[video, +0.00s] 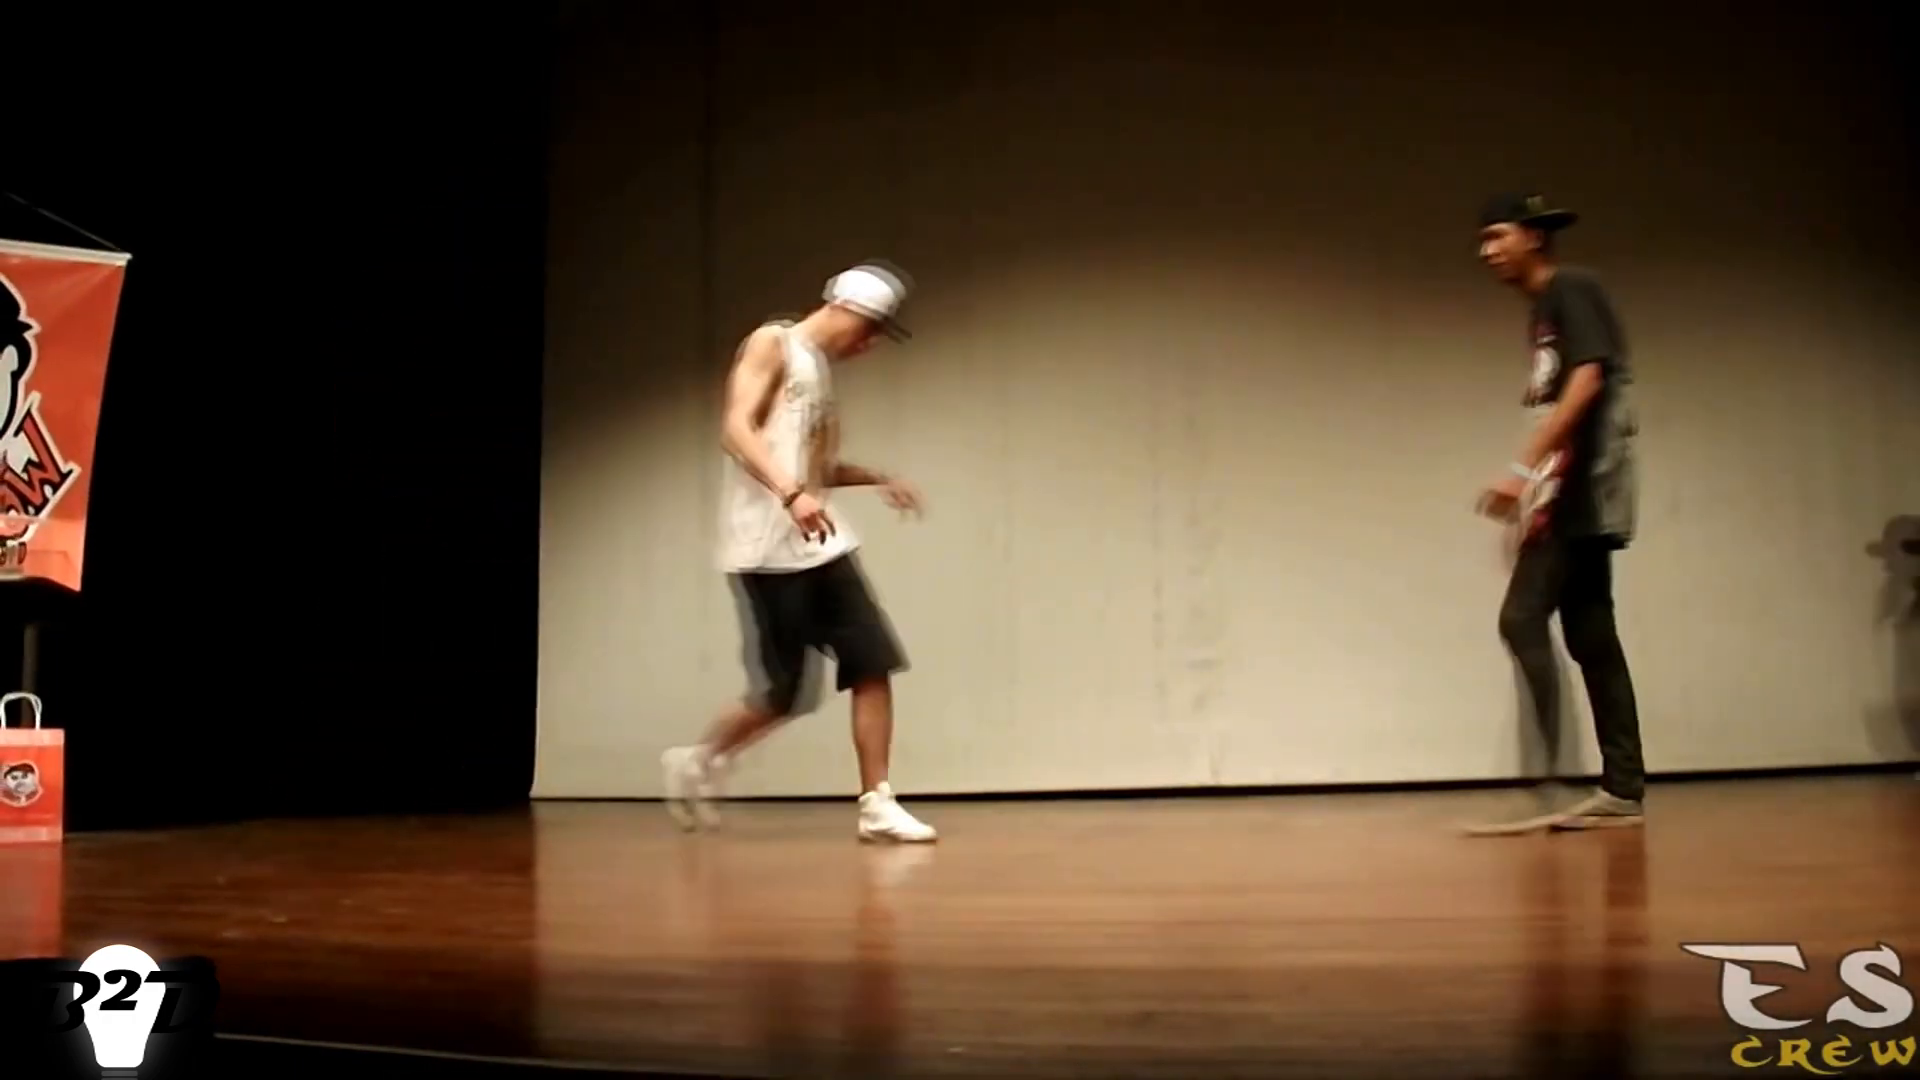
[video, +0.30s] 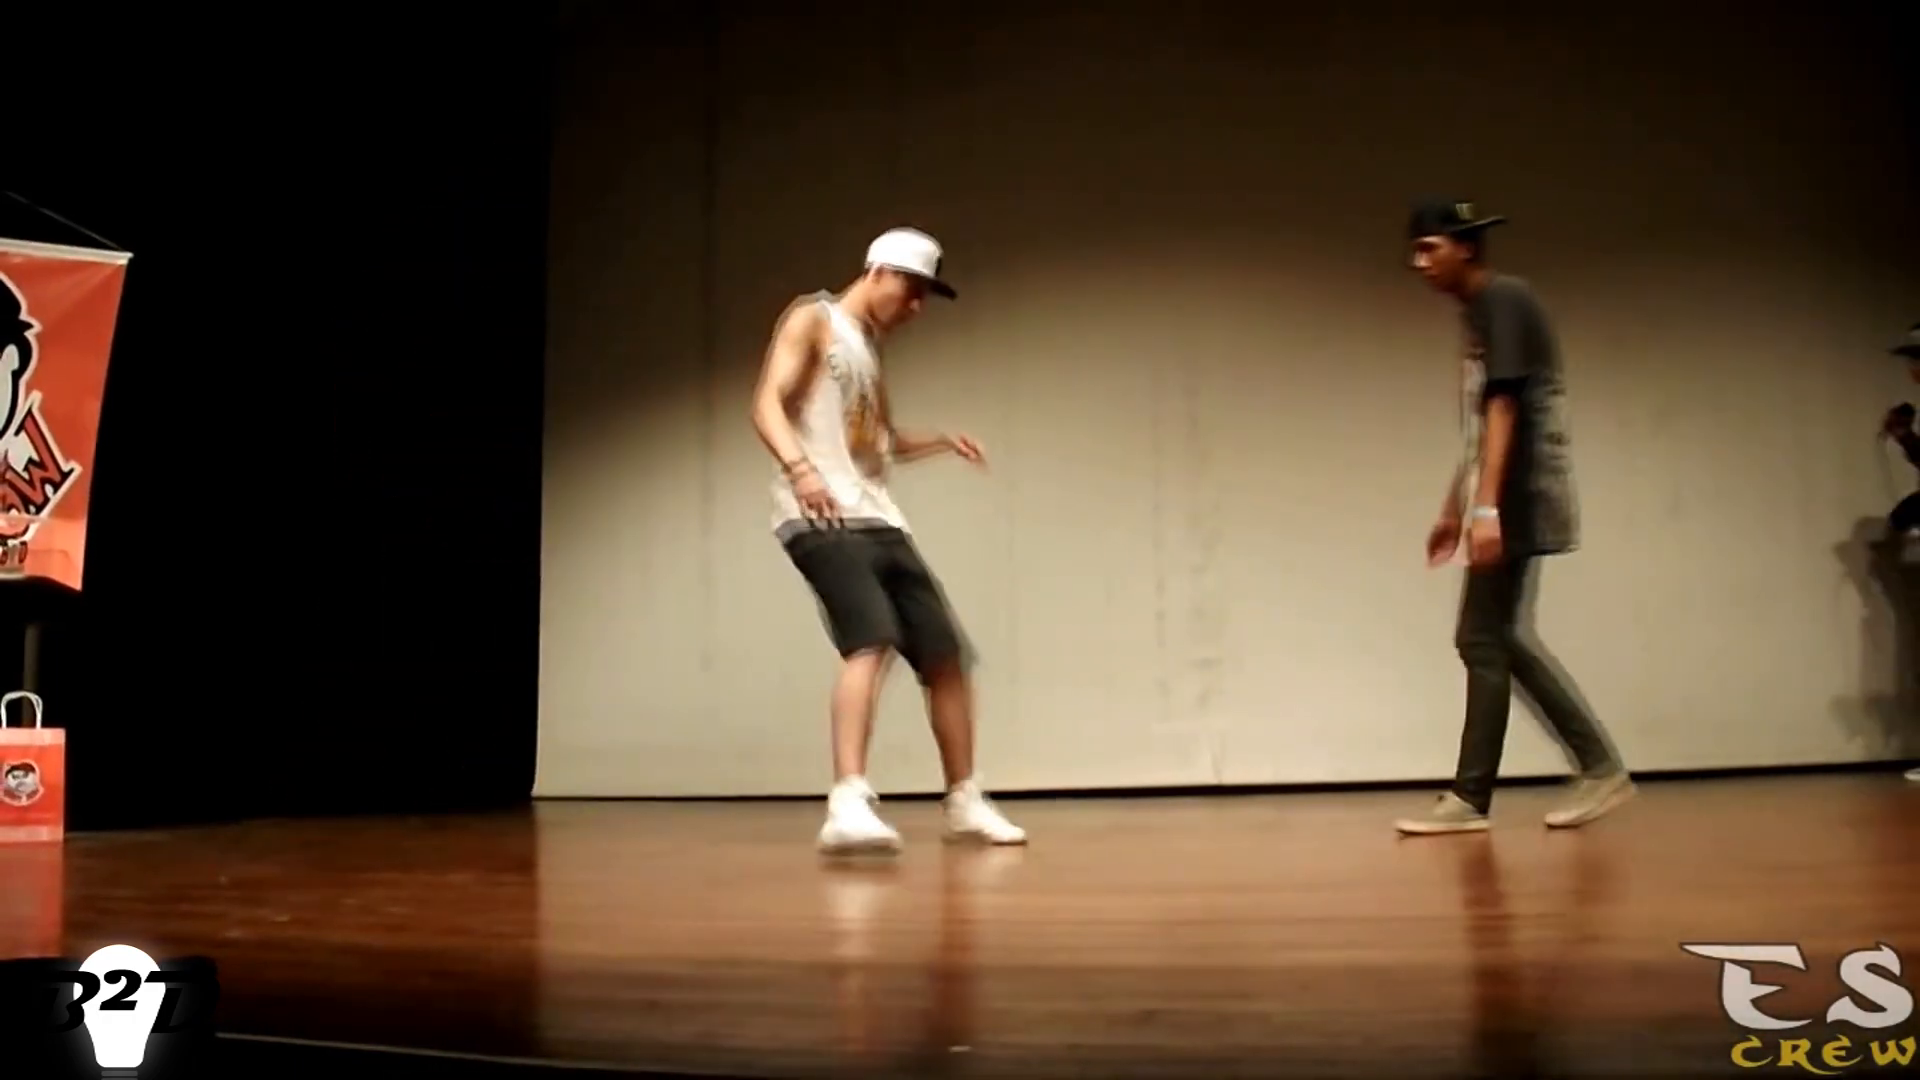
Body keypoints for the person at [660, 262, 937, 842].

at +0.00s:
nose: (869, 345)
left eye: (877, 336)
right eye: (869, 330)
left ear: (853, 318)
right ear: (844, 310)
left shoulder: (818, 369)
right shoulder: (770, 343)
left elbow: (817, 469)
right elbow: (736, 429)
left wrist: (879, 480)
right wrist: (792, 494)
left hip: (822, 546)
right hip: (767, 553)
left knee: (871, 664)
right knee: (784, 693)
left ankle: (876, 803)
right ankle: (698, 764)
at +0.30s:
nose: (916, 308)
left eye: (923, 298)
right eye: (912, 291)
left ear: (911, 293)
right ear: (878, 272)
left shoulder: (867, 351)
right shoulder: (811, 319)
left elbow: (876, 445)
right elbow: (765, 405)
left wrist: (944, 441)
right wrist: (801, 470)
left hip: (877, 517)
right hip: (822, 515)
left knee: (942, 650)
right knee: (870, 640)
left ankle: (964, 800)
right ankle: (848, 804)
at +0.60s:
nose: (875, 255)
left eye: (883, 245)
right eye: (872, 237)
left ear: (856, 233)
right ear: (835, 213)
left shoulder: (815, 291)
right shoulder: (767, 250)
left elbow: (809, 394)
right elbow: (711, 328)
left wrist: (873, 392)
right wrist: (778, 379)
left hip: (808, 478)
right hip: (758, 469)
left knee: (874, 622)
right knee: (805, 624)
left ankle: (870, 783)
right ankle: (830, 793)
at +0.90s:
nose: (789, 267)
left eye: (797, 256)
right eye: (784, 249)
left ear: (768, 246)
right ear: (749, 230)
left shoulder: (723, 312)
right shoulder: (680, 270)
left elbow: (728, 419)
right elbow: (621, 341)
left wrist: (795, 421)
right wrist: (662, 372)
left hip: (690, 500)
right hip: (653, 494)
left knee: (713, 664)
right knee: (686, 652)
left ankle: (642, 797)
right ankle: (671, 810)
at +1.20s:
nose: (711, 285)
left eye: (717, 274)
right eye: (707, 268)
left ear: (698, 266)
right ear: (673, 248)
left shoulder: (659, 324)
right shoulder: (611, 285)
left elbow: (639, 422)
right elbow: (549, 355)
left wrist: (704, 425)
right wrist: (593, 384)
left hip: (610, 507)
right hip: (566, 499)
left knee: (630, 654)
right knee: (577, 645)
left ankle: (551, 776)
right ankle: (487, 794)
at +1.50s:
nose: (689, 267)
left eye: (693, 257)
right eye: (683, 251)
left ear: (675, 258)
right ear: (647, 242)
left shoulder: (646, 319)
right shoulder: (590, 286)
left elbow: (633, 397)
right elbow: (525, 346)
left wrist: (682, 398)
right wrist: (563, 380)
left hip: (604, 490)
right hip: (556, 482)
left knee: (583, 635)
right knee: (545, 626)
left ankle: (544, 766)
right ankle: (497, 760)